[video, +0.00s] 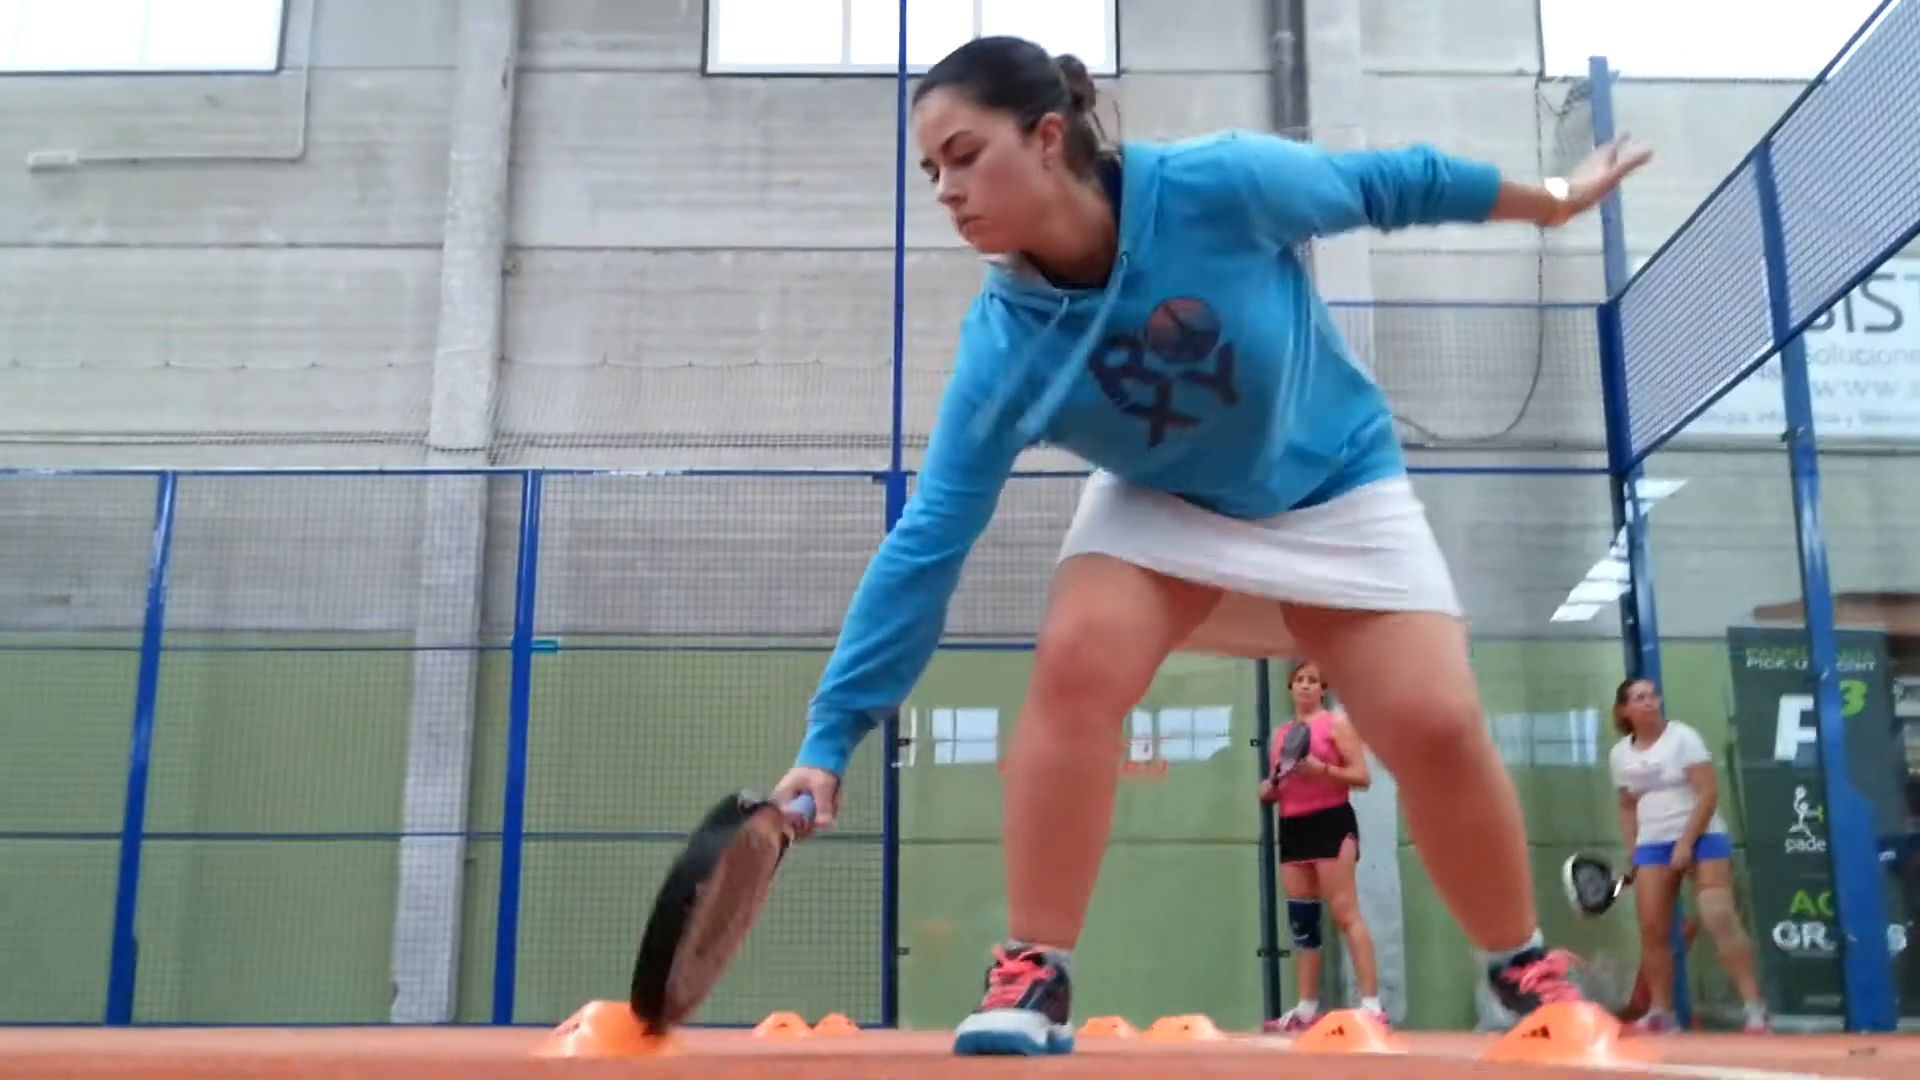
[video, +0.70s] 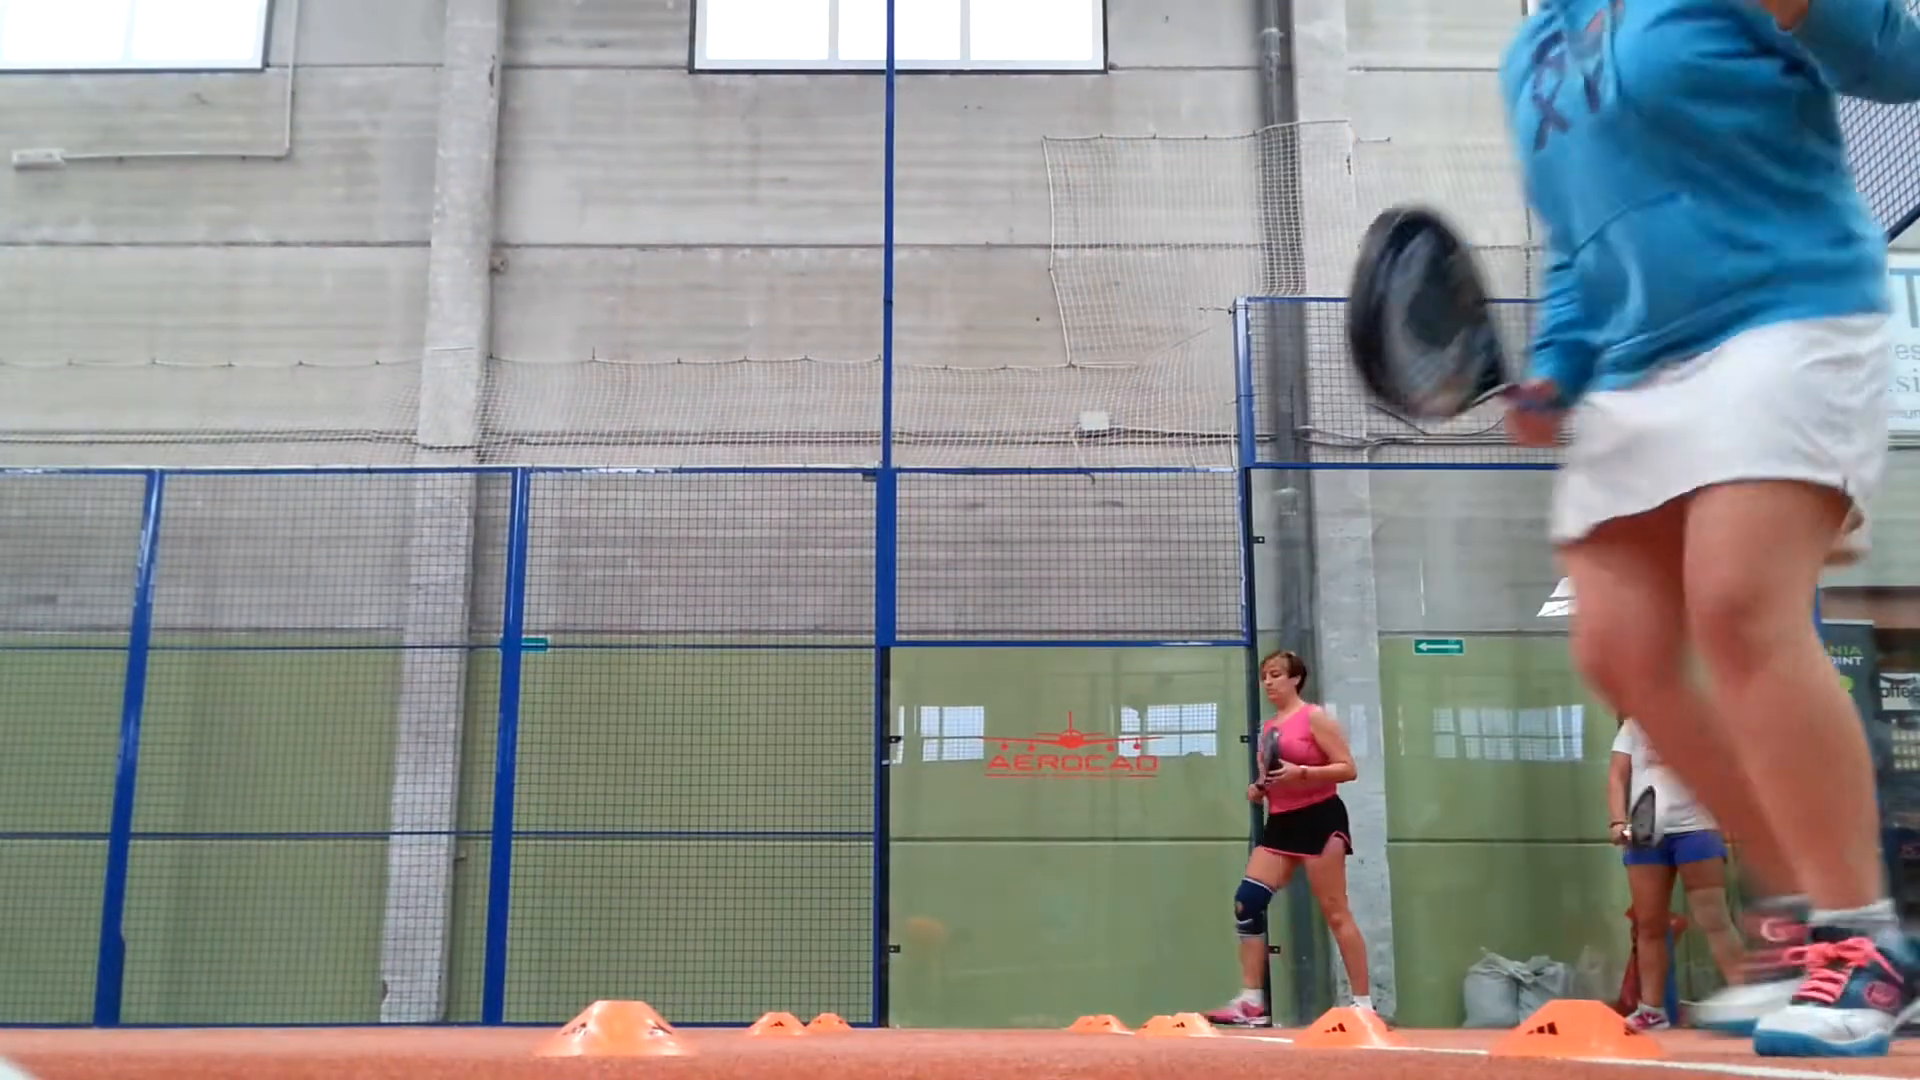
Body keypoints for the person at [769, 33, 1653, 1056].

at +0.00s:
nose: (945, 193)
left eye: (960, 157)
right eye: (932, 173)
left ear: (1049, 131)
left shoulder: (1223, 186)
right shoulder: (1006, 344)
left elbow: (1390, 185)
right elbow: (926, 542)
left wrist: (1548, 202)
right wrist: (822, 748)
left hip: (1335, 473)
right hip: (1163, 488)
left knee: (1435, 722)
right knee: (1075, 660)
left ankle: (1525, 977)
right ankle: (1032, 978)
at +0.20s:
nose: (1004, 85)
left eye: (1026, 48)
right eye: (995, 67)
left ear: (1119, 46)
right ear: (1007, 101)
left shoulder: (1273, 128)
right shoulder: (1050, 277)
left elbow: (1451, 171)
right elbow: (980, 470)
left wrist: (1620, 210)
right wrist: (887, 667)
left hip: (1389, 434)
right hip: (1211, 465)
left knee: (1525, 623)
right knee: (1126, 647)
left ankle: (1624, 877)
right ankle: (1046, 969)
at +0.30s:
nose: (1109, 23)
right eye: (1103, 4)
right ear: (1114, 31)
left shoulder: (1370, 84)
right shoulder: (1130, 212)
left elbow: (1535, 177)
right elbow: (1076, 430)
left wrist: (1707, 247)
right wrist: (1016, 588)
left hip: (1457, 437)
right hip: (1269, 465)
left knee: (1581, 600)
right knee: (1174, 658)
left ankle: (1752, 892)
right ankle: (1050, 972)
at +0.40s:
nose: (1270, 3)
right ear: (1261, 5)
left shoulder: (1494, 39)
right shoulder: (1251, 147)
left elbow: (1663, 164)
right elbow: (1240, 363)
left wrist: (1838, 251)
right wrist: (1193, 511)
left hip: (1558, 402)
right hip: (1366, 430)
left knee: (1628, 648)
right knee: (1261, 648)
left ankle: (1826, 950)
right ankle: (1064, 952)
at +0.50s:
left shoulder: (1605, 13)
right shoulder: (1364, 108)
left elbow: (1756, 123)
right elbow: (1377, 315)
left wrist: (1849, 144)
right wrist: (1343, 460)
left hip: (1661, 387)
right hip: (1468, 404)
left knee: (1673, 667)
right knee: (1354, 665)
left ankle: (1812, 969)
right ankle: (1232, 951)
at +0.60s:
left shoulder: (1691, 4)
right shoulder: (1457, 77)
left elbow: (1870, 105)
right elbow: (1482, 280)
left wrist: (1832, 45)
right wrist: (1454, 411)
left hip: (1734, 354)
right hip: (1556, 388)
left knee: (1716, 633)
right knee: (1477, 637)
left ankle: (1819, 963)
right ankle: (1535, 947)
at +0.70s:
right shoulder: (1530, 54)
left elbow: (1896, 64)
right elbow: (1576, 244)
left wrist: (1811, 10)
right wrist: (1554, 369)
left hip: (1791, 316)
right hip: (1632, 368)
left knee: (1745, 610)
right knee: (1620, 649)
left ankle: (1867, 941)